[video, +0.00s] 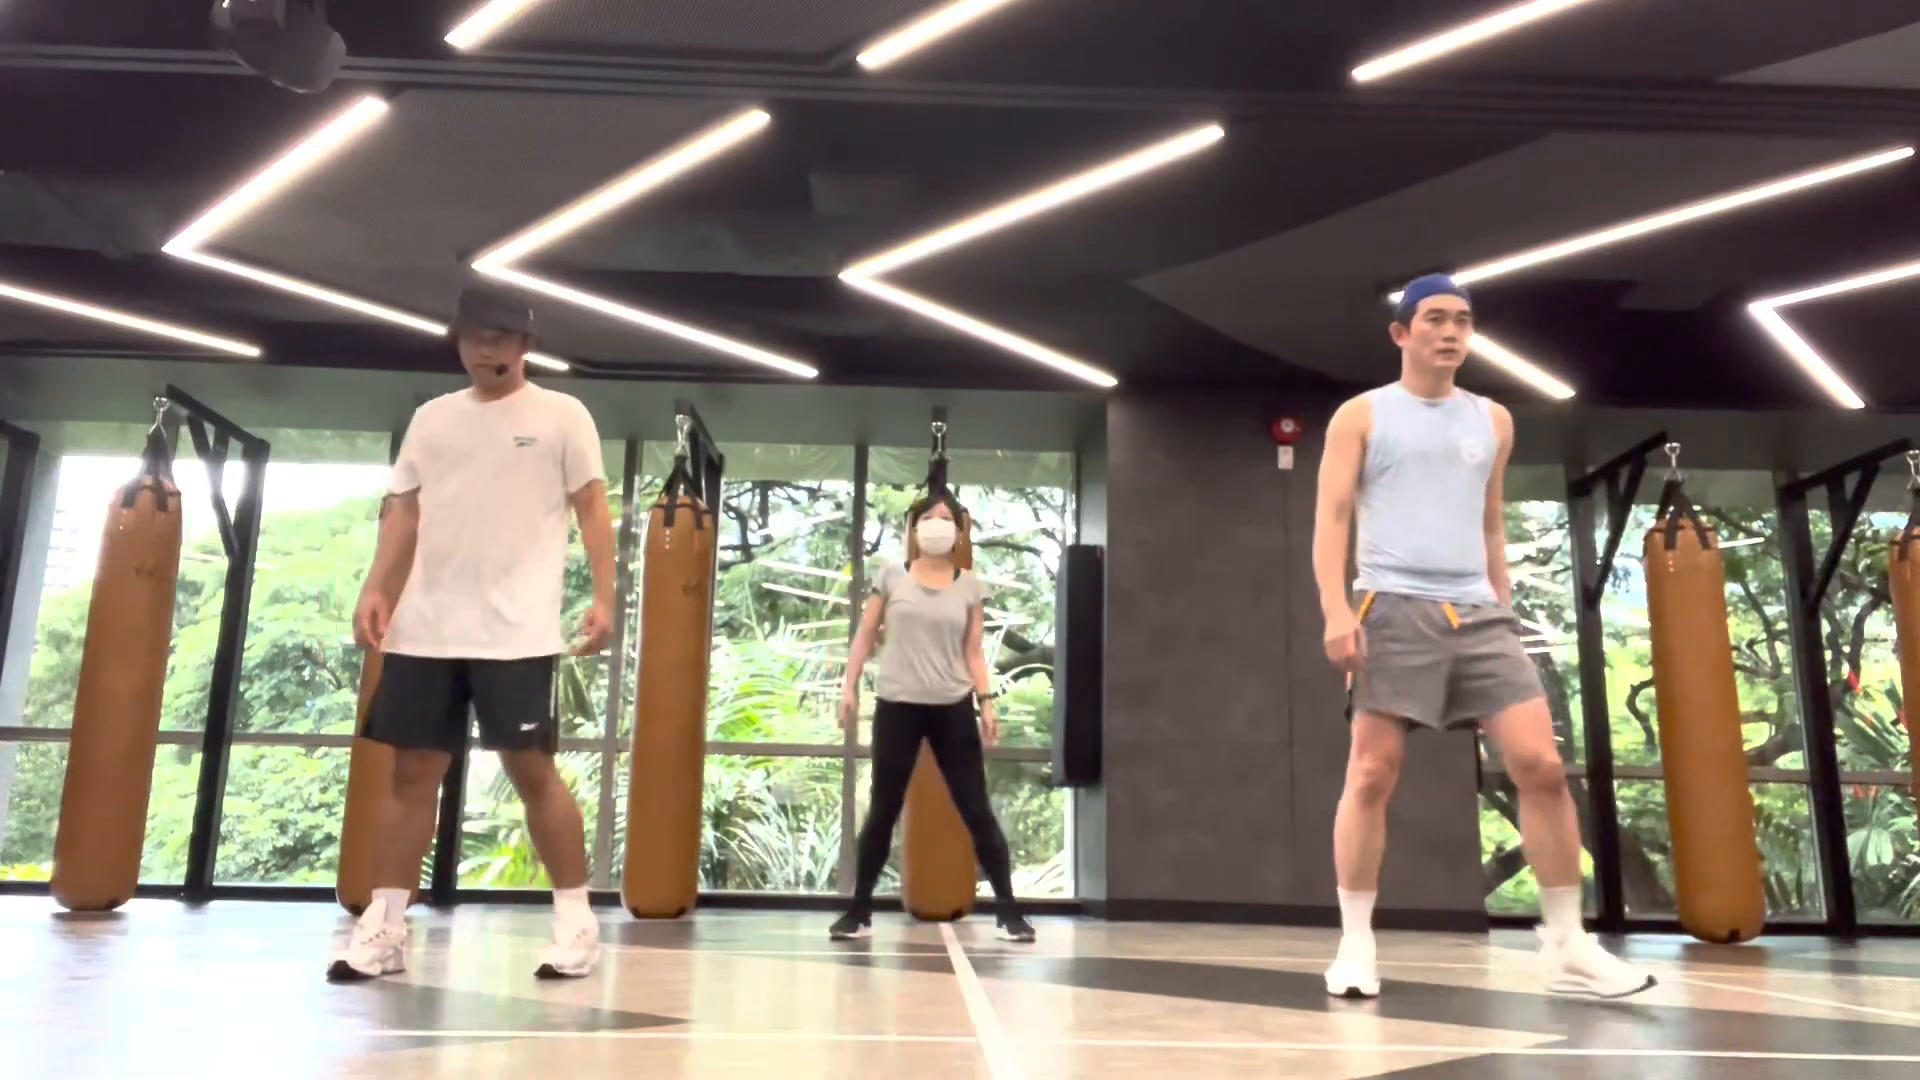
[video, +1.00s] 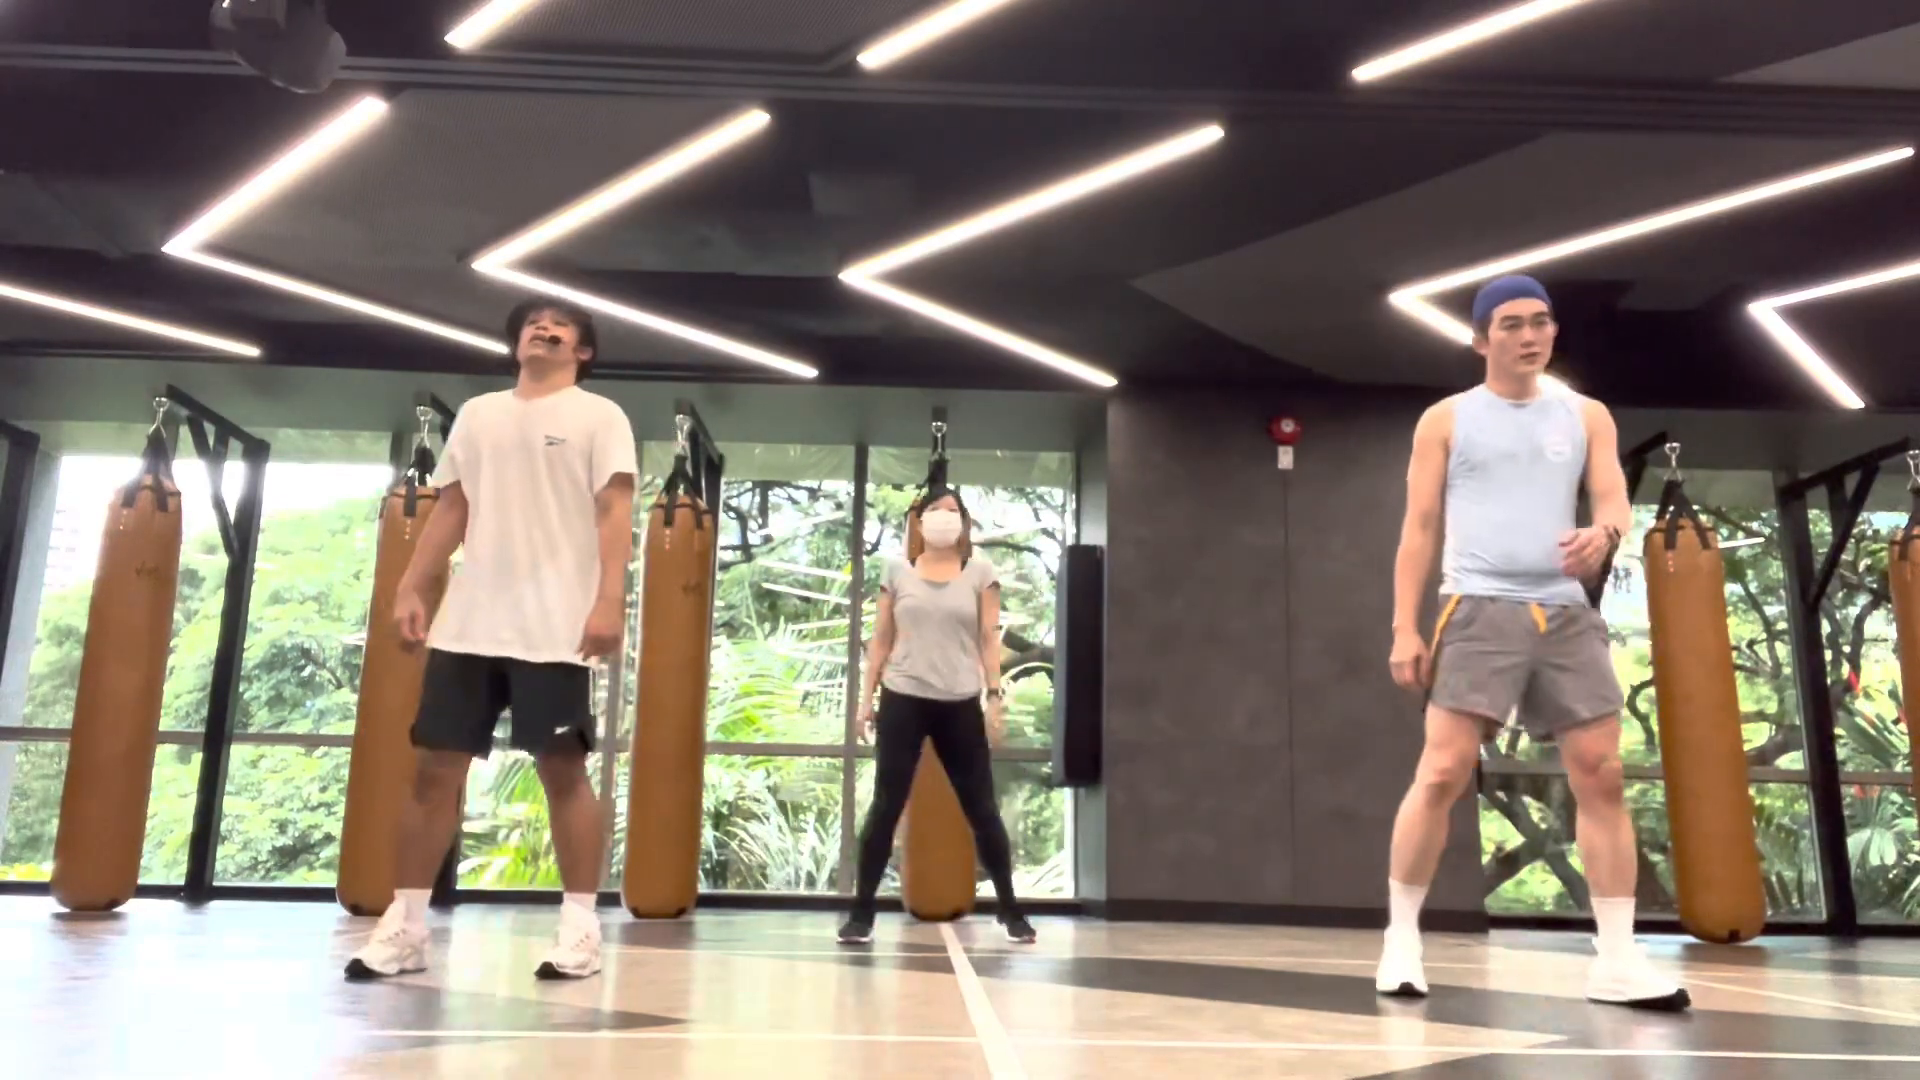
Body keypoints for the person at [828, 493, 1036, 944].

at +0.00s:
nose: (937, 526)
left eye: (947, 521)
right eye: (929, 519)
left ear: (959, 534)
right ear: (913, 530)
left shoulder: (970, 586)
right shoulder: (892, 577)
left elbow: (974, 651)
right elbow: (865, 636)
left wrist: (987, 702)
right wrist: (849, 689)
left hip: (952, 708)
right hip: (897, 707)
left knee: (977, 810)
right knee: (883, 809)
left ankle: (1008, 908)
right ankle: (859, 909)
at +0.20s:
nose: (967, 523)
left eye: (975, 517)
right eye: (958, 518)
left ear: (987, 532)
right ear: (945, 533)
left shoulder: (1006, 580)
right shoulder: (927, 579)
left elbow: (1015, 641)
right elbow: (909, 642)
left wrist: (1016, 685)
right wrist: (892, 694)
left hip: (993, 706)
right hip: (939, 705)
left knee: (1000, 811)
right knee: (908, 805)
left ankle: (1011, 911)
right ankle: (871, 898)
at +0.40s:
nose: (983, 525)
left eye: (992, 519)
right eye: (974, 519)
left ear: (1004, 531)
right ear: (961, 531)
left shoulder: (1021, 578)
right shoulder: (943, 578)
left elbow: (1029, 635)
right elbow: (932, 645)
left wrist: (1019, 660)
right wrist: (929, 702)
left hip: (1006, 701)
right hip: (954, 700)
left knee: (1006, 807)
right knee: (953, 801)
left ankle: (1012, 912)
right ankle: (947, 905)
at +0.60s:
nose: (984, 524)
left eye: (992, 518)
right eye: (974, 518)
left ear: (1004, 528)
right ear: (961, 529)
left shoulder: (1023, 575)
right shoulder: (943, 577)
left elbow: (1030, 640)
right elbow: (931, 645)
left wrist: (1016, 643)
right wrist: (928, 703)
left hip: (1009, 700)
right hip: (954, 698)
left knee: (1008, 806)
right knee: (947, 796)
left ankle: (1012, 911)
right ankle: (948, 891)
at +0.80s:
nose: (970, 520)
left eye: (978, 514)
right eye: (960, 514)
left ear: (991, 527)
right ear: (947, 528)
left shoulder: (1011, 572)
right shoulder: (931, 576)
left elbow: (1014, 628)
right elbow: (918, 645)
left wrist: (1003, 657)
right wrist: (908, 705)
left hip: (996, 703)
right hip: (940, 700)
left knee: (1001, 808)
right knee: (914, 799)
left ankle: (1011, 912)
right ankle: (874, 904)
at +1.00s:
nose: (945, 517)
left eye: (954, 511)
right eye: (936, 511)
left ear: (966, 526)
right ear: (918, 524)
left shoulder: (980, 572)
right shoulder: (899, 572)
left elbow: (990, 639)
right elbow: (881, 641)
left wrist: (994, 695)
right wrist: (867, 697)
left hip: (960, 704)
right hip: (902, 701)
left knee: (984, 810)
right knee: (886, 807)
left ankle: (1008, 906)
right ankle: (862, 912)